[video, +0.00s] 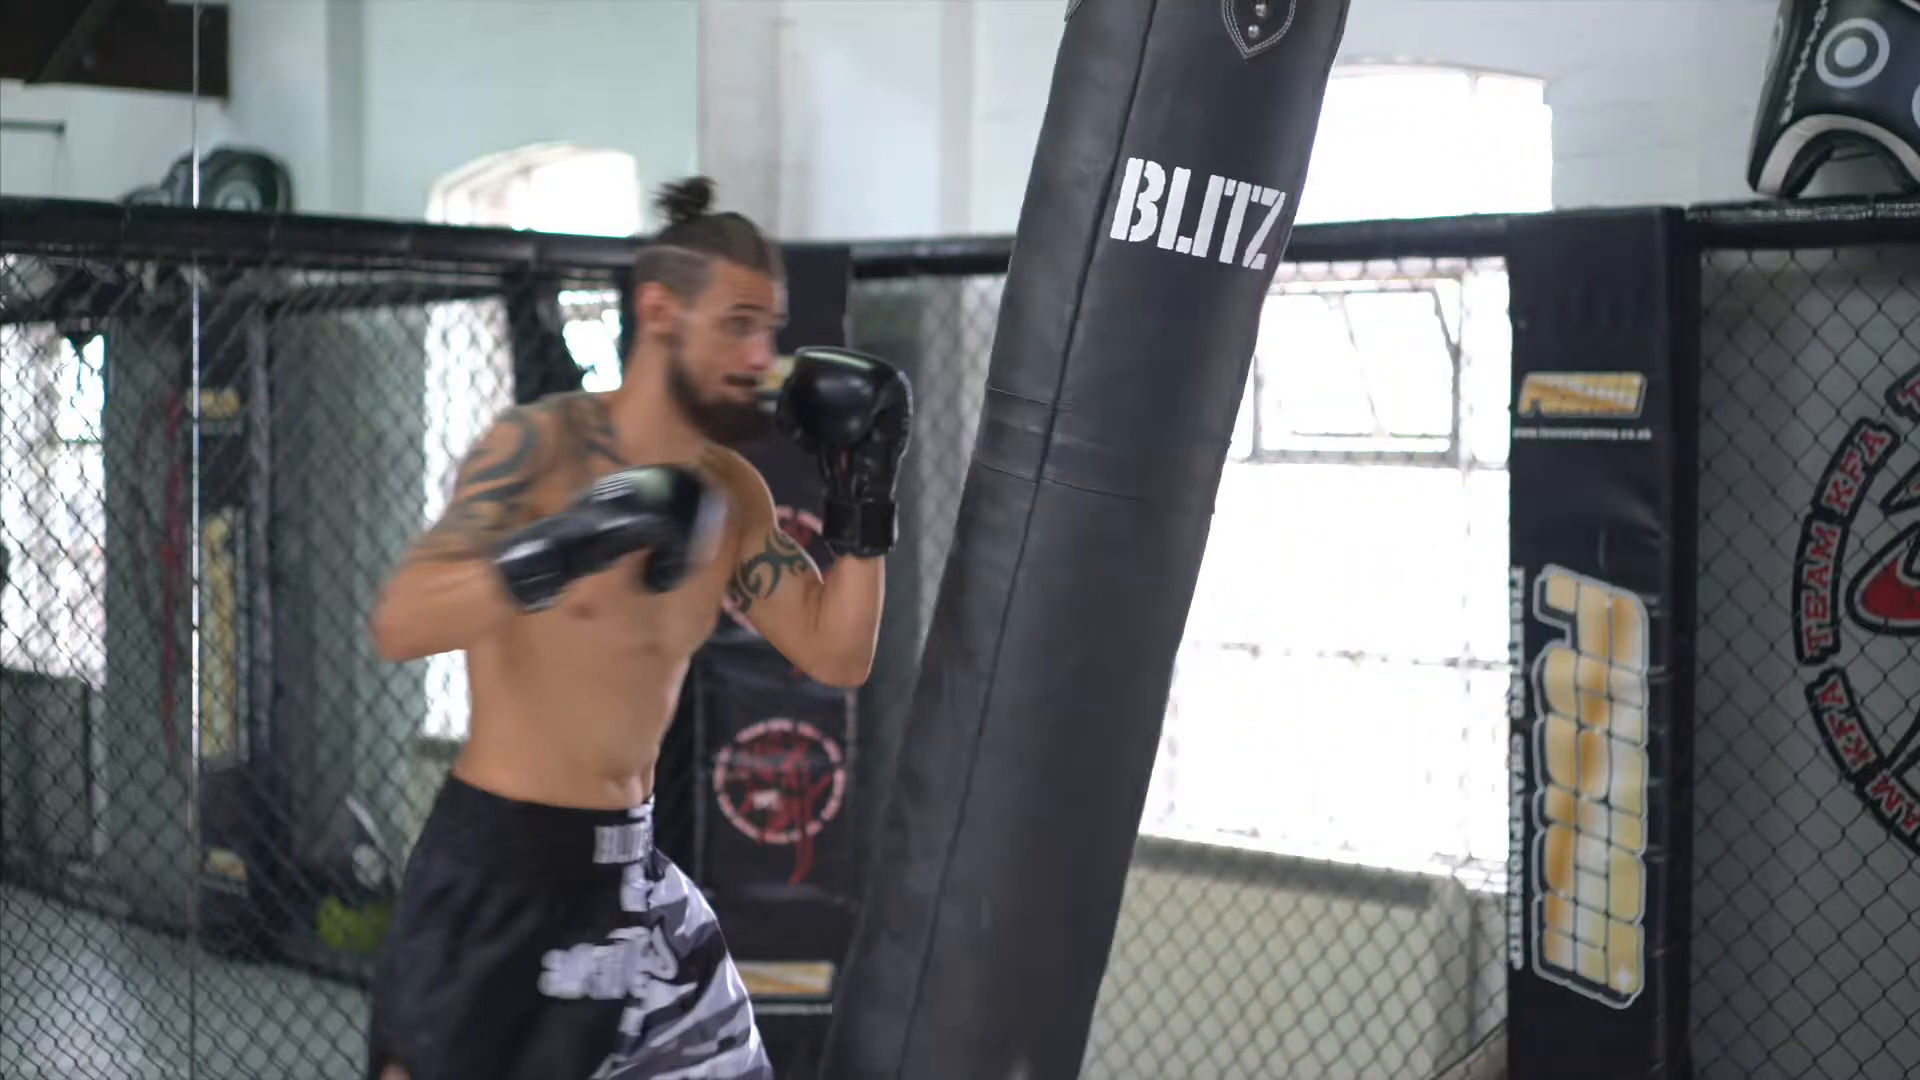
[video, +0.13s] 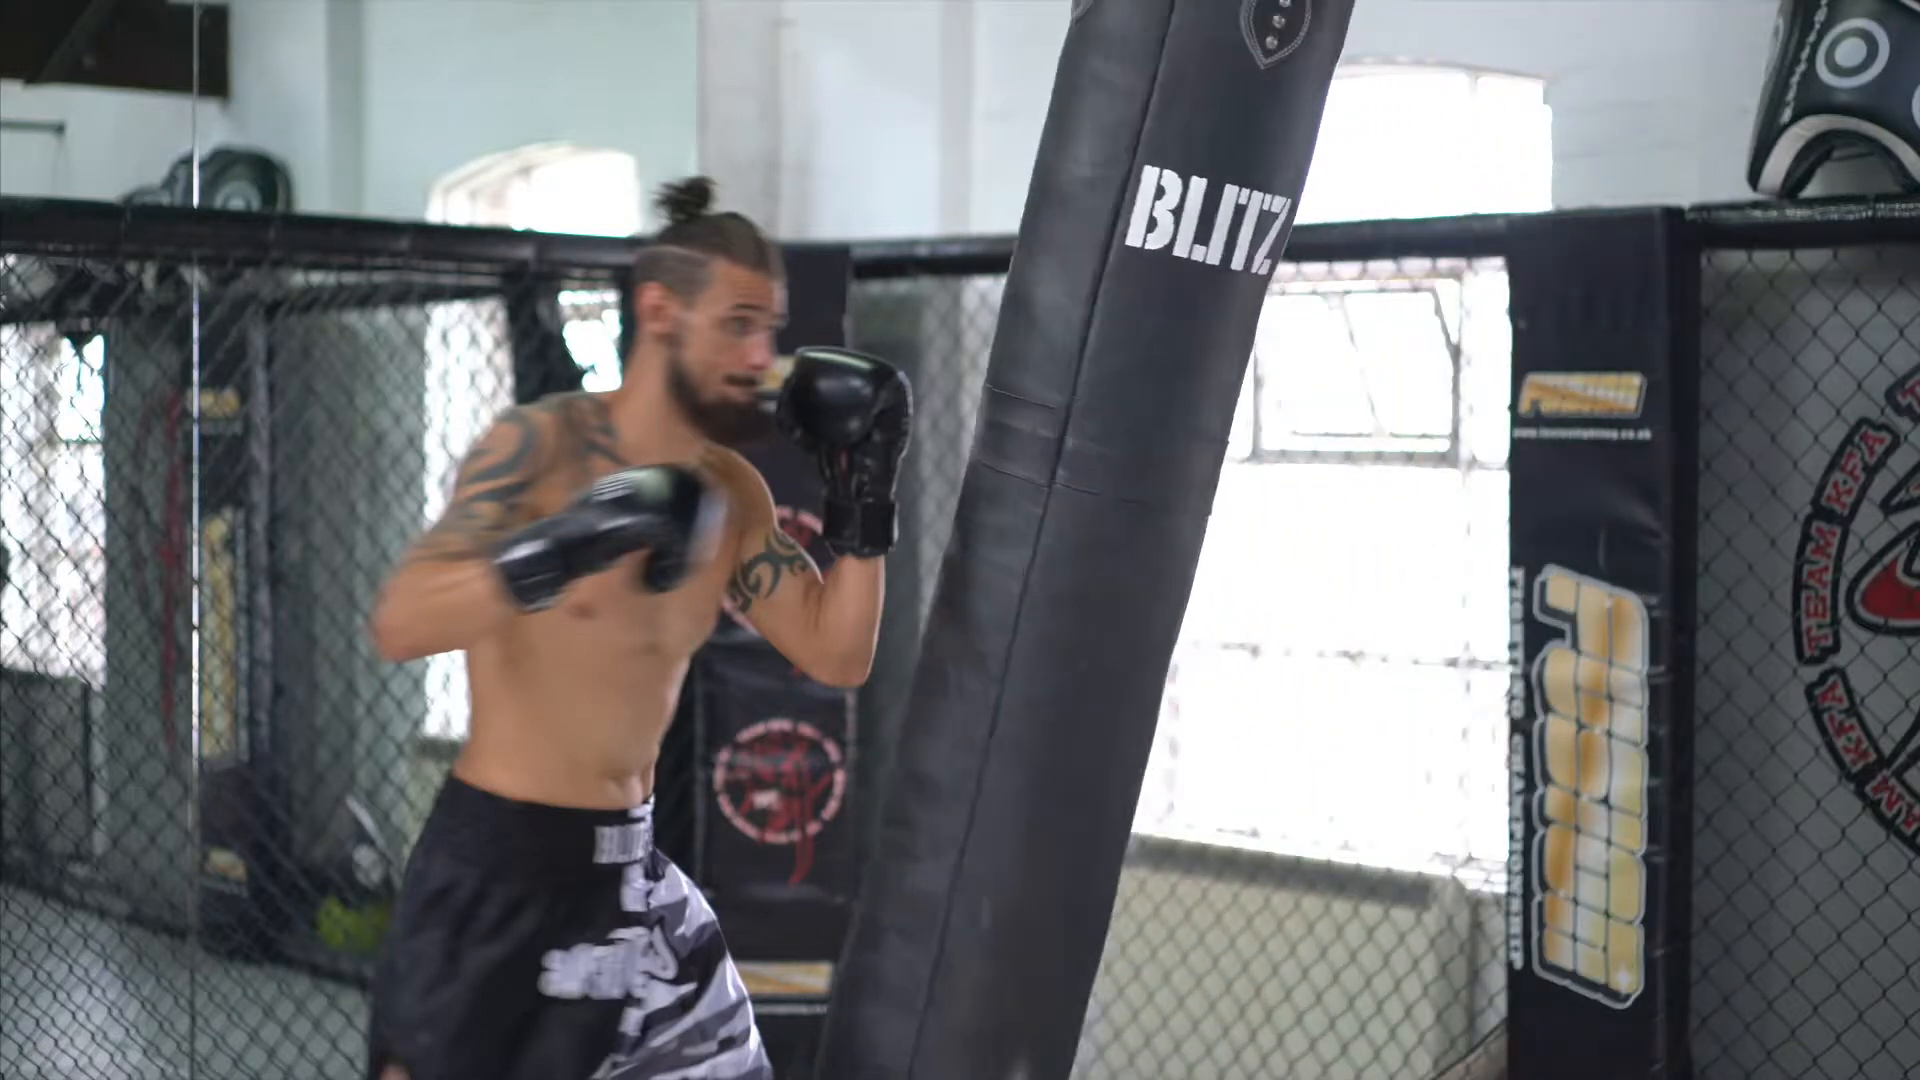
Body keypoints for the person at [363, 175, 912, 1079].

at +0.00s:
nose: (762, 357)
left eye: (772, 331)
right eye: (739, 325)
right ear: (656, 310)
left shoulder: (733, 492)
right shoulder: (538, 441)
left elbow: (839, 656)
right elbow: (400, 624)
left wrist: (866, 479)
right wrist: (568, 547)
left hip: (635, 867)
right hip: (500, 865)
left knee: (732, 1066)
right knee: (437, 1065)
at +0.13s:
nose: (762, 357)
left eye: (772, 331)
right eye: (739, 325)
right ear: (656, 310)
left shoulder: (733, 492)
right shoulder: (538, 441)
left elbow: (839, 655)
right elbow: (400, 623)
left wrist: (866, 480)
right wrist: (568, 547)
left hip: (635, 867)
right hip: (500, 865)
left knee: (731, 1066)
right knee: (438, 1065)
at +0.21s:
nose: (762, 357)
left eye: (772, 331)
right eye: (739, 325)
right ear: (656, 310)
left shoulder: (733, 492)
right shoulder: (538, 441)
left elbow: (839, 655)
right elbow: (400, 624)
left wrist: (866, 479)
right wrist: (568, 547)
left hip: (635, 867)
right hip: (500, 865)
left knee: (732, 1066)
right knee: (439, 1065)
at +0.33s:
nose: (763, 357)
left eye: (772, 331)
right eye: (740, 325)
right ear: (656, 310)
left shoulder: (733, 493)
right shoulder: (538, 440)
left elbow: (839, 655)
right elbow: (400, 623)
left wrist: (865, 480)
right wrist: (569, 547)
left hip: (636, 868)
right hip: (501, 867)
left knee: (732, 1066)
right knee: (442, 1065)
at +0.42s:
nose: (763, 357)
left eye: (772, 331)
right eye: (740, 325)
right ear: (656, 310)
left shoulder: (733, 493)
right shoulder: (538, 440)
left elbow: (839, 655)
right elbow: (400, 623)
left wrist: (865, 480)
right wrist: (569, 547)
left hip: (636, 868)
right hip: (500, 867)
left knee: (732, 1066)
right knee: (442, 1065)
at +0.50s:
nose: (763, 357)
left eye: (772, 331)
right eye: (740, 325)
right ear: (656, 310)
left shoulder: (733, 493)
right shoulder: (538, 441)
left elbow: (839, 655)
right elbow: (400, 623)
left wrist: (865, 480)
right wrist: (568, 547)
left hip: (636, 868)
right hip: (500, 867)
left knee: (732, 1066)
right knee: (442, 1065)